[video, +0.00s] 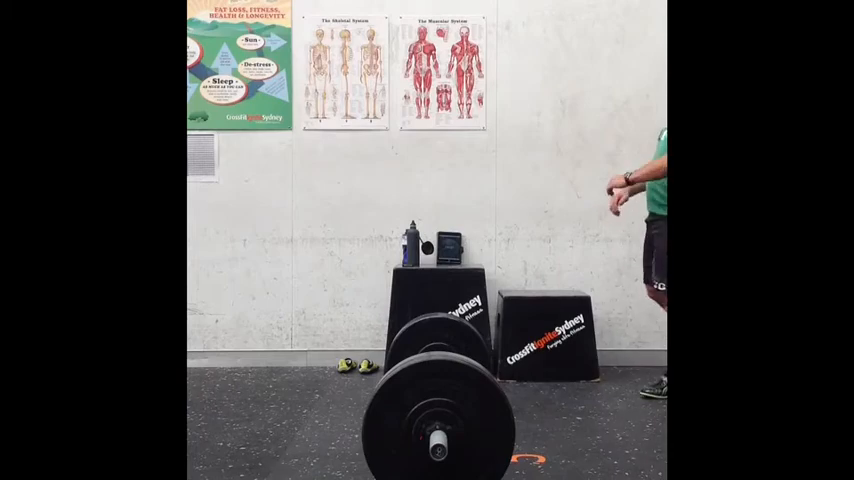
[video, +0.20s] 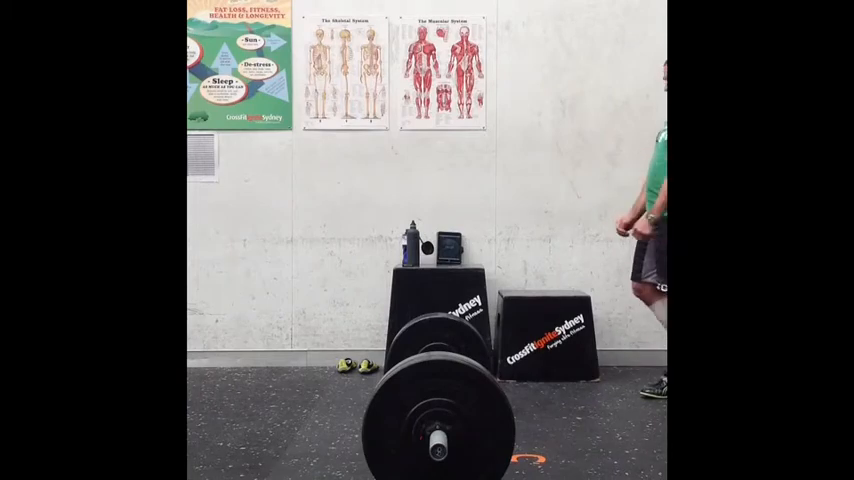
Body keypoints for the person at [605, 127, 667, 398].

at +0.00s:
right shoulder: (663, 134)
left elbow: (663, 165)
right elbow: (658, 172)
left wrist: (627, 178)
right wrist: (630, 189)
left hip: (663, 217)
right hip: (656, 216)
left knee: (660, 290)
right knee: (655, 290)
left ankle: (667, 377)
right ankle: (666, 377)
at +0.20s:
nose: (664, 79)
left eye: (666, 73)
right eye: (664, 74)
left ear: (668, 77)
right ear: (664, 77)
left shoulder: (664, 135)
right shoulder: (662, 133)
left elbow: (665, 182)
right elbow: (654, 178)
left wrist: (651, 218)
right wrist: (634, 213)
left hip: (663, 220)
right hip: (651, 218)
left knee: (652, 288)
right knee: (642, 287)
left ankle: (668, 376)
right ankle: (666, 375)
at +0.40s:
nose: (665, 75)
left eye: (667, 70)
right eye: (665, 70)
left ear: (668, 75)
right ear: (663, 76)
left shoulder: (663, 121)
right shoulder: (660, 122)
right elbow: (655, 169)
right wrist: (650, 210)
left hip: (665, 218)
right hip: (653, 215)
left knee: (662, 293)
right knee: (645, 291)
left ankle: (667, 378)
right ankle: (641, 367)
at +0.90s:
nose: (665, 76)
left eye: (670, 71)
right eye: (661, 70)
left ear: (674, 80)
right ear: (651, 77)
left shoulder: (669, 120)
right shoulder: (631, 122)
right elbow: (611, 168)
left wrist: (660, 215)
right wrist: (598, 216)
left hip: (665, 221)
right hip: (634, 220)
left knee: (666, 293)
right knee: (628, 290)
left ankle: (669, 376)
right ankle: (641, 364)